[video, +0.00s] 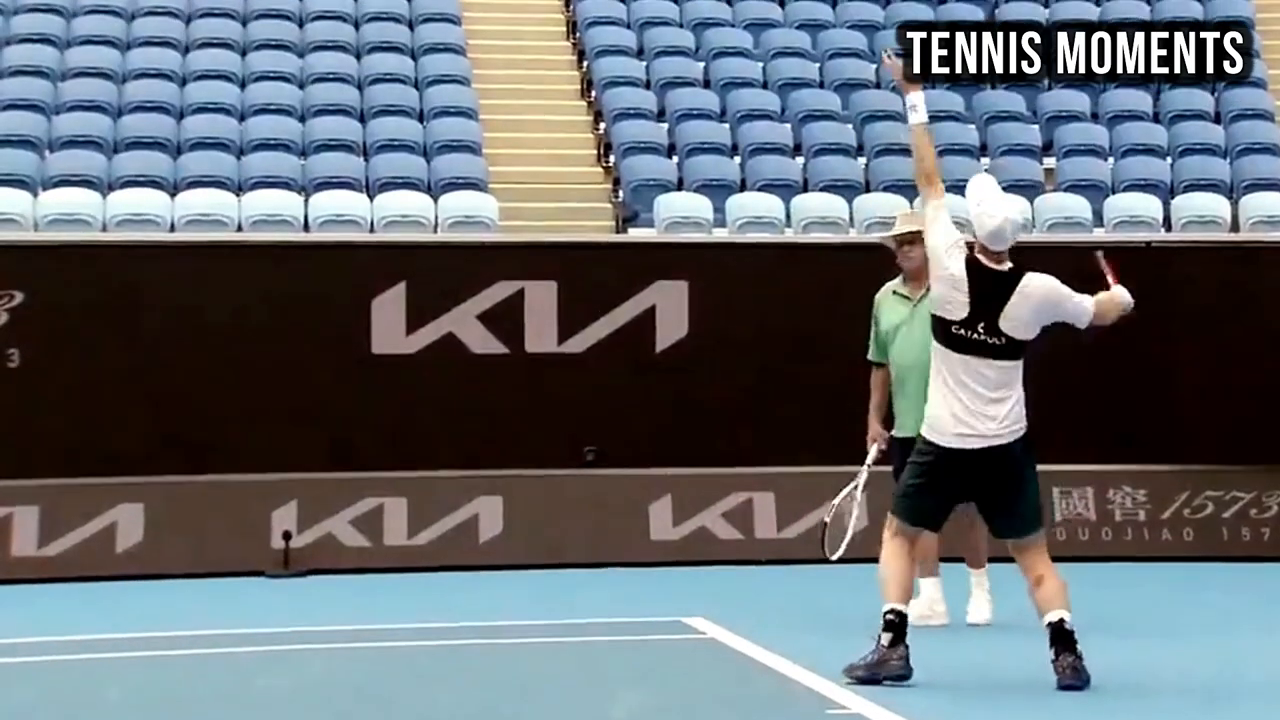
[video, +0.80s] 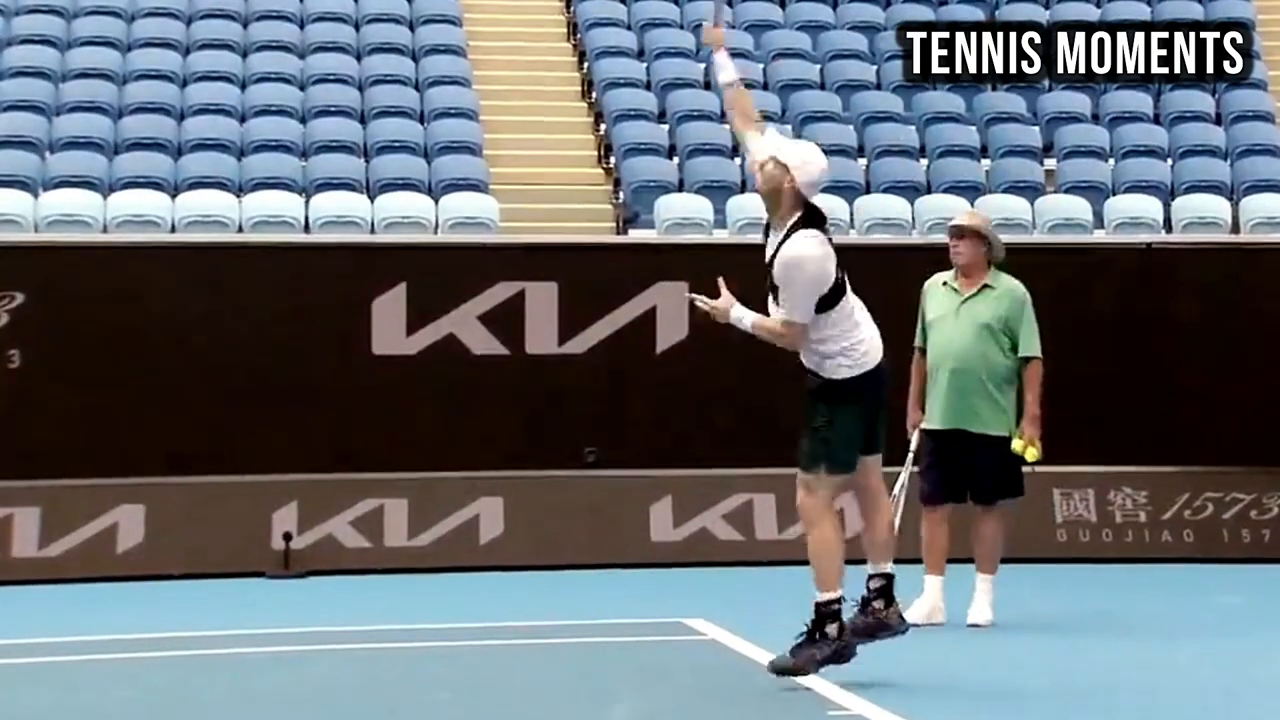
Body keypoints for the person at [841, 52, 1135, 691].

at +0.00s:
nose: (963, 222)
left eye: (967, 219)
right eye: (986, 218)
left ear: (971, 234)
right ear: (1015, 237)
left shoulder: (947, 266)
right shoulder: (1039, 291)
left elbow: (929, 181)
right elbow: (1103, 311)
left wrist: (912, 96)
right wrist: (1119, 291)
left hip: (943, 442)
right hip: (1006, 444)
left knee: (898, 534)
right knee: (1034, 556)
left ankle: (892, 647)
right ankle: (1066, 653)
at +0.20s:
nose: (930, 213)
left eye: (931, 213)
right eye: (947, 212)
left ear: (930, 234)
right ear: (972, 242)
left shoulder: (905, 253)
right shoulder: (986, 294)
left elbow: (901, 165)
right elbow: (1065, 292)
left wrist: (903, 88)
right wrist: (1093, 235)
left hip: (879, 436)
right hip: (940, 440)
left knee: (857, 540)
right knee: (972, 545)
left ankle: (882, 654)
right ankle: (1020, 636)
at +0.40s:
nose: (909, 221)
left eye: (907, 219)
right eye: (937, 229)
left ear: (898, 238)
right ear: (939, 249)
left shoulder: (868, 251)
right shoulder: (948, 298)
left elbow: (852, 170)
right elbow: (1028, 290)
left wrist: (843, 88)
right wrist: (1050, 221)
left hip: (836, 428)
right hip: (893, 436)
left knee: (830, 544)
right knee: (877, 534)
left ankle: (874, 640)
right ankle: (930, 604)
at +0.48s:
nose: (904, 222)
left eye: (897, 220)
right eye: (927, 227)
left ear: (888, 235)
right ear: (933, 249)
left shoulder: (853, 254)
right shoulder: (938, 298)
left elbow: (815, 186)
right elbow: (1017, 292)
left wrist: (779, 106)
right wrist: (1031, 222)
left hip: (824, 428)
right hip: (879, 435)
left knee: (817, 543)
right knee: (857, 536)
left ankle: (871, 641)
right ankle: (922, 611)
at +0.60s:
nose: (867, 206)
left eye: (871, 204)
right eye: (885, 207)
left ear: (868, 214)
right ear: (911, 227)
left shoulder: (829, 242)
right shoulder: (918, 274)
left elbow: (750, 257)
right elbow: (997, 272)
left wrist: (674, 242)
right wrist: (993, 229)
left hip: (810, 409)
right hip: (859, 417)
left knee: (810, 529)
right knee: (844, 522)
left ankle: (860, 639)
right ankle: (908, 609)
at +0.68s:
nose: (834, 173)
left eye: (837, 171)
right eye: (844, 172)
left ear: (835, 184)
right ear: (866, 192)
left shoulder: (804, 241)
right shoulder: (874, 226)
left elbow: (771, 318)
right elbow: (911, 189)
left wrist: (710, 332)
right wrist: (940, 180)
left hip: (811, 385)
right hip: (858, 382)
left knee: (817, 513)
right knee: (861, 494)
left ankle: (850, 634)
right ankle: (902, 599)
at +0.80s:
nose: (759, 165)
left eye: (767, 161)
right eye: (763, 158)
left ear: (787, 180)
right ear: (786, 179)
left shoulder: (801, 254)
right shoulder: (787, 203)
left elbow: (791, 335)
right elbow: (746, 123)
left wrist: (735, 315)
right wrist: (719, 53)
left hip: (840, 375)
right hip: (860, 362)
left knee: (814, 500)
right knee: (868, 479)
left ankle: (829, 625)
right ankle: (881, 601)